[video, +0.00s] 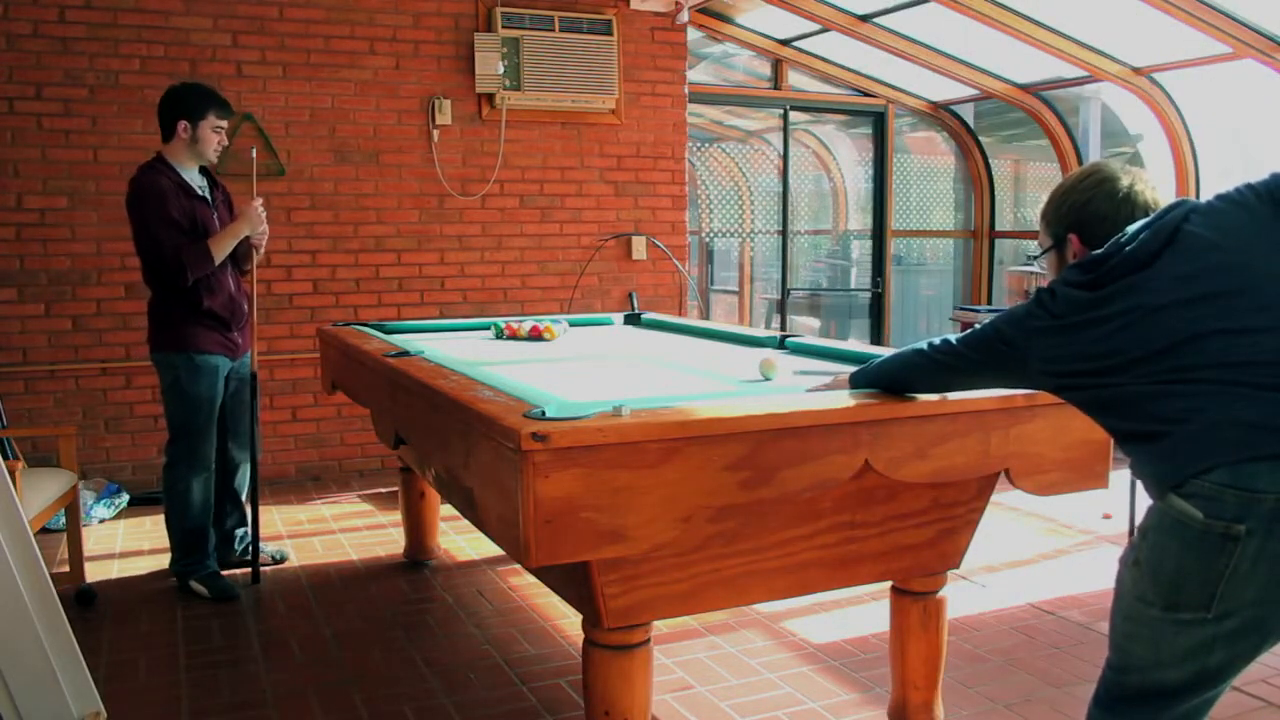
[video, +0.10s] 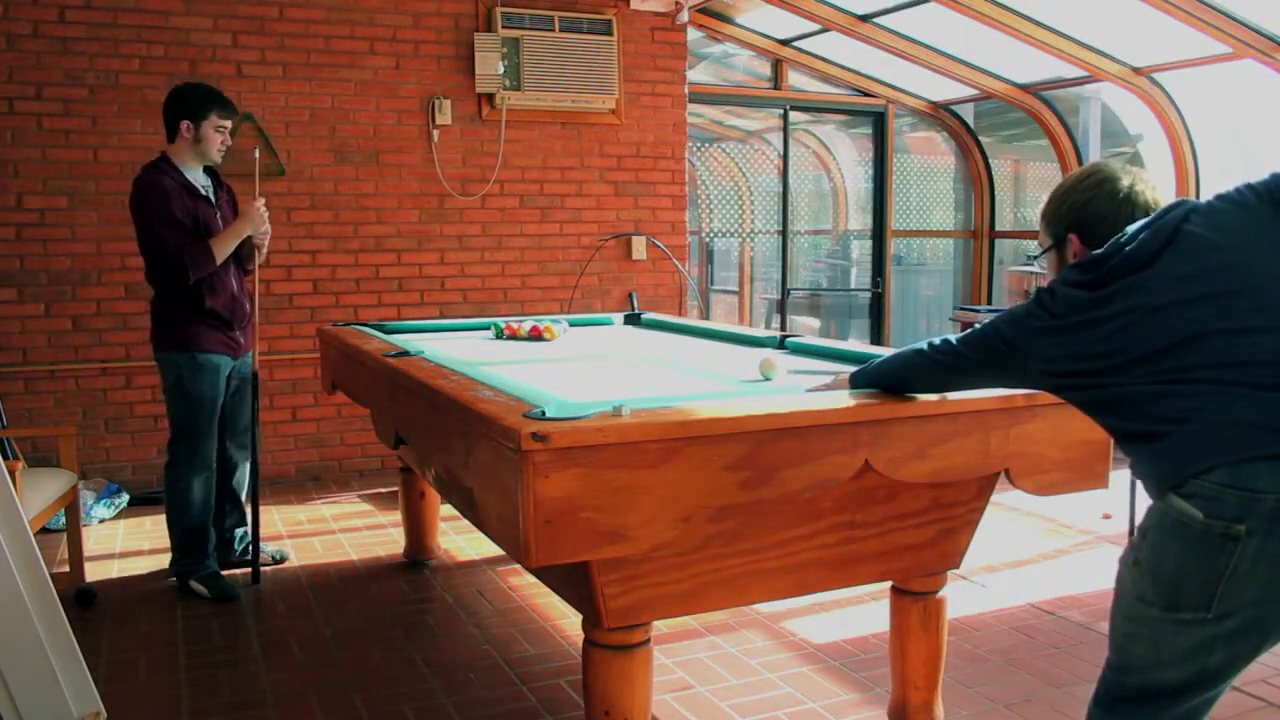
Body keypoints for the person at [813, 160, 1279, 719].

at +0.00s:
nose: (1045, 271)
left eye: (1047, 253)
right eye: (1044, 256)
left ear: (1076, 248)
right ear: (1150, 218)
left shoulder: (1056, 319)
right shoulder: (1249, 211)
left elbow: (940, 361)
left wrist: (861, 376)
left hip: (1240, 503)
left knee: (1136, 704)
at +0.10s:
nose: (1049, 268)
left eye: (1050, 252)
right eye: (1046, 254)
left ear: (1077, 247)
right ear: (1151, 216)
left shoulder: (1057, 318)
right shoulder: (1249, 211)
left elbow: (941, 360)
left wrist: (862, 376)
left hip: (1239, 503)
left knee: (1137, 705)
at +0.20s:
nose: (1048, 268)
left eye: (1049, 252)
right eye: (1046, 254)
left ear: (1078, 247)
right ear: (1151, 216)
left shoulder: (1057, 319)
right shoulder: (1249, 210)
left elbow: (940, 360)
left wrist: (862, 376)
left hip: (1240, 503)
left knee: (1136, 704)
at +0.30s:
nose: (1047, 268)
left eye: (1049, 252)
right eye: (1045, 254)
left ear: (1077, 247)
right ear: (1152, 215)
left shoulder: (1055, 319)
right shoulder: (1248, 210)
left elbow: (939, 360)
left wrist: (862, 376)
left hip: (1239, 504)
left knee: (1135, 705)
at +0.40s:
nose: (1048, 267)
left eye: (1049, 251)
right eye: (1046, 253)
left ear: (1076, 246)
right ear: (1150, 215)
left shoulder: (1055, 318)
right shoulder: (1248, 209)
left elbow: (940, 360)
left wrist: (862, 376)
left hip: (1239, 503)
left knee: (1134, 703)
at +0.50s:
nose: (1047, 268)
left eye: (1048, 251)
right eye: (1045, 254)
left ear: (1076, 246)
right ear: (1149, 215)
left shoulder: (1057, 317)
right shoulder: (1248, 209)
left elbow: (941, 360)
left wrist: (861, 376)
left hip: (1237, 503)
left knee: (1135, 702)